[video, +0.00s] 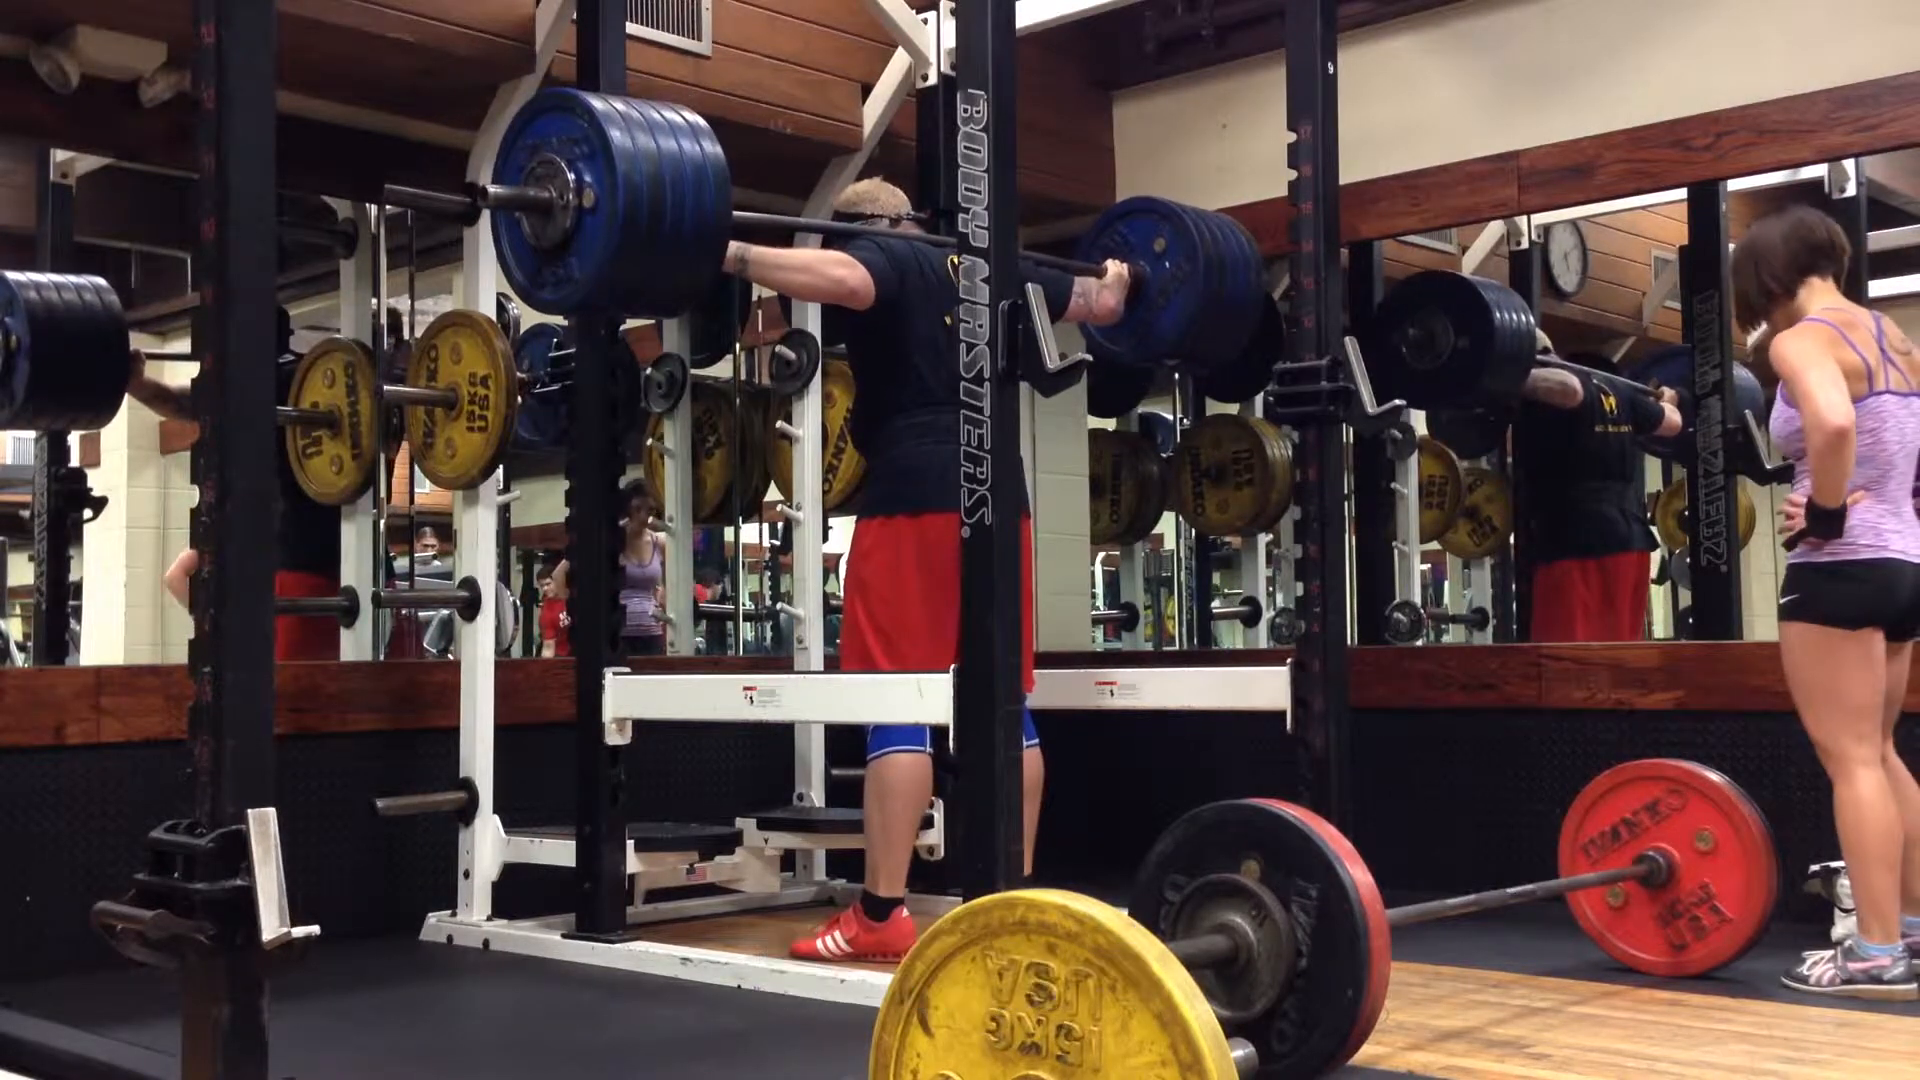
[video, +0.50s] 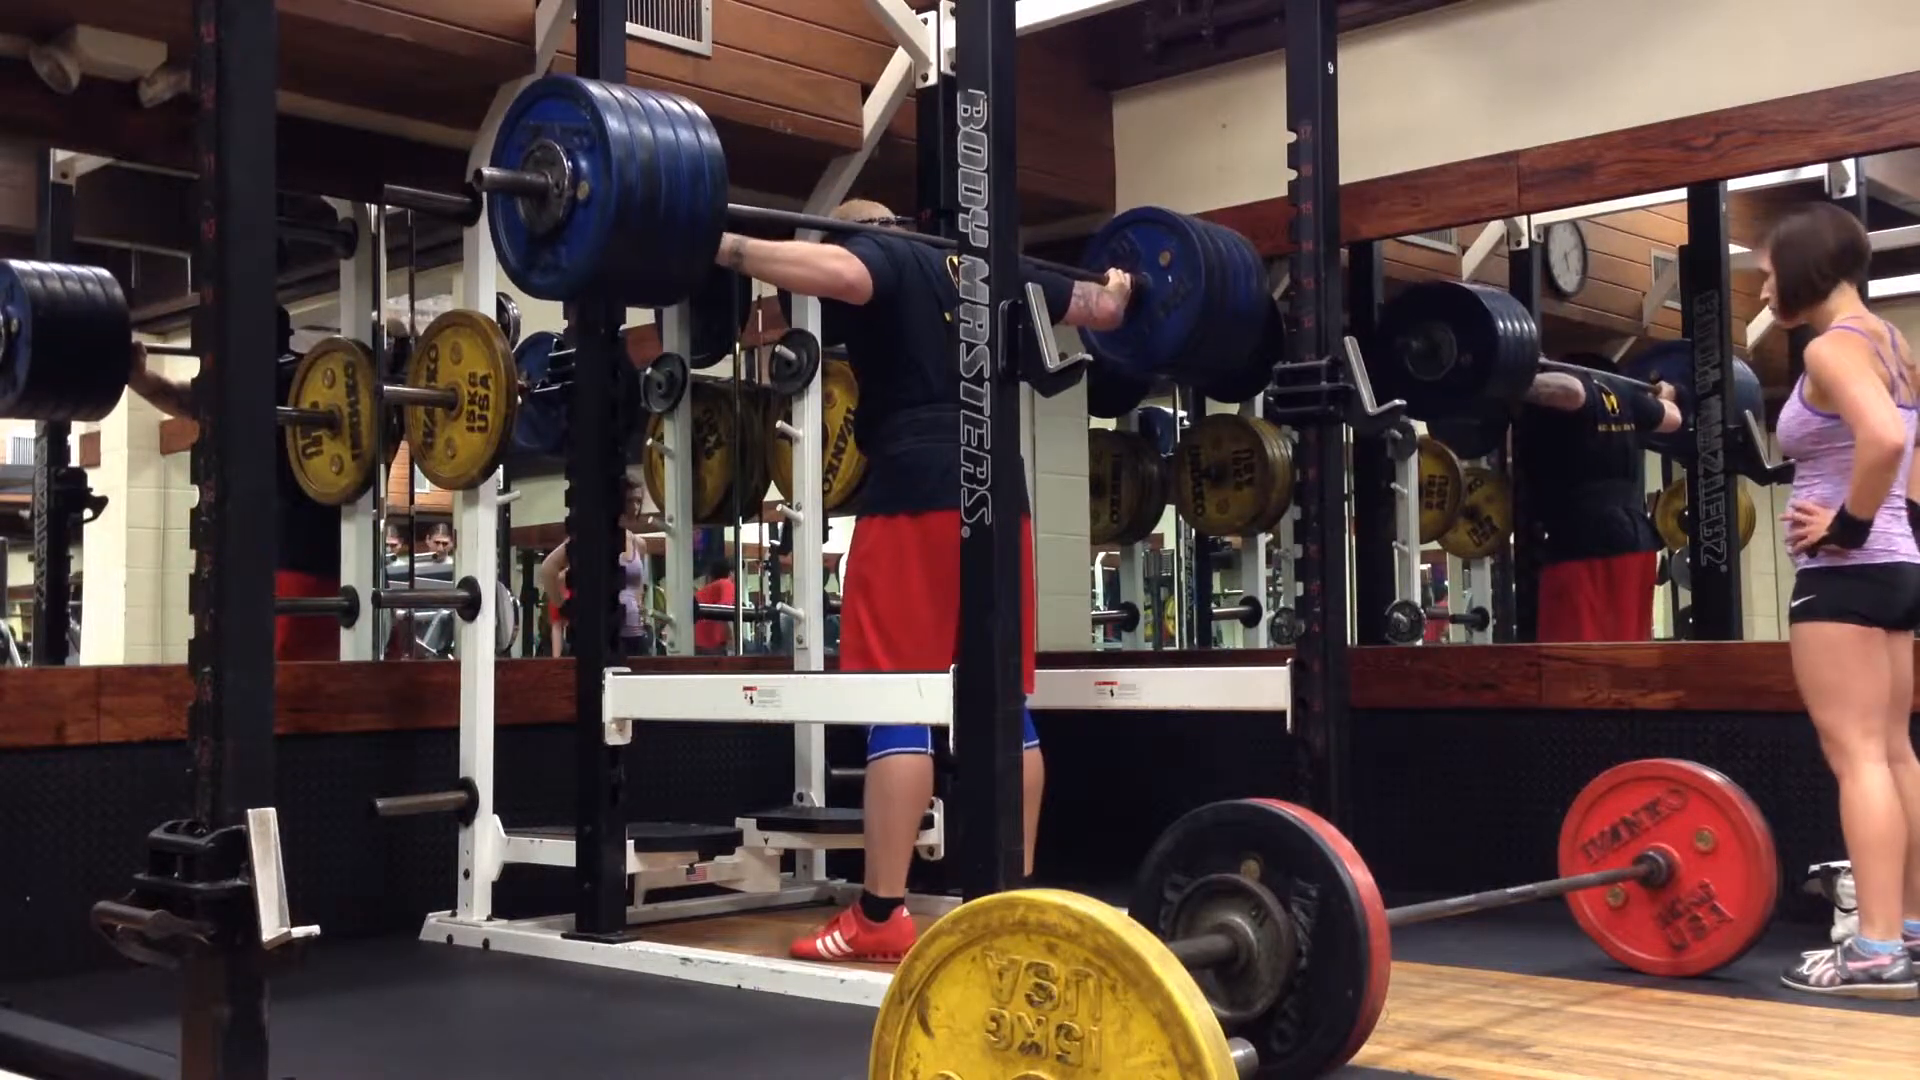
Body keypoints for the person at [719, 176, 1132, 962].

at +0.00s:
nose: (834, 259)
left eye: (833, 244)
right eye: (835, 245)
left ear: (854, 232)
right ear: (907, 216)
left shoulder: (884, 249)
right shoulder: (982, 263)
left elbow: (849, 284)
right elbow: (1096, 300)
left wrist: (735, 254)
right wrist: (1117, 271)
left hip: (915, 502)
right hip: (1002, 502)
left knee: (897, 707)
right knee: (1007, 709)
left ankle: (882, 910)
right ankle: (1010, 903)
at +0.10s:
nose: (836, 259)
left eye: (835, 244)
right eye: (836, 244)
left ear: (855, 233)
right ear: (908, 217)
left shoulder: (881, 250)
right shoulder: (985, 265)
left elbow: (849, 285)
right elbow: (1096, 302)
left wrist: (735, 254)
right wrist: (1114, 278)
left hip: (915, 500)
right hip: (1002, 501)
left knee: (898, 706)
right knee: (1008, 709)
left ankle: (882, 909)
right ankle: (1010, 903)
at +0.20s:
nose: (833, 250)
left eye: (834, 237)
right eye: (833, 238)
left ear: (858, 227)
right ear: (906, 218)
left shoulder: (880, 251)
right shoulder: (992, 266)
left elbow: (847, 282)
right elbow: (1098, 304)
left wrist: (732, 250)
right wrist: (1119, 276)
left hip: (916, 503)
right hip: (1004, 504)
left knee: (898, 708)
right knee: (1008, 712)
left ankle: (882, 910)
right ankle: (1010, 903)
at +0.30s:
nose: (831, 254)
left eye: (832, 243)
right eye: (829, 244)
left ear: (857, 232)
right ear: (906, 221)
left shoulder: (878, 250)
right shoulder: (992, 265)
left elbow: (848, 279)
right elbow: (1097, 303)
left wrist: (732, 249)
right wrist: (1119, 281)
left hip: (916, 502)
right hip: (1004, 502)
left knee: (902, 709)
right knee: (1009, 713)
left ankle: (881, 909)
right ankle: (1012, 904)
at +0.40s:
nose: (833, 253)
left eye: (833, 243)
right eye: (829, 244)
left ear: (857, 232)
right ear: (906, 222)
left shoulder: (880, 251)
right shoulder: (992, 265)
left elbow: (847, 277)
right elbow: (1098, 304)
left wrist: (730, 246)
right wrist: (1119, 283)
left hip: (916, 501)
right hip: (1004, 503)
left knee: (902, 709)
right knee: (1008, 713)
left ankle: (881, 910)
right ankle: (1012, 904)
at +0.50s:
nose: (835, 250)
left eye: (833, 241)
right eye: (831, 243)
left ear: (856, 232)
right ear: (904, 222)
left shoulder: (878, 249)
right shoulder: (988, 264)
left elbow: (848, 276)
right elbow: (1097, 306)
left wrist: (730, 245)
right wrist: (1120, 284)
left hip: (915, 500)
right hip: (1002, 500)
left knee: (899, 707)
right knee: (1007, 710)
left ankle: (881, 911)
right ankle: (1013, 903)